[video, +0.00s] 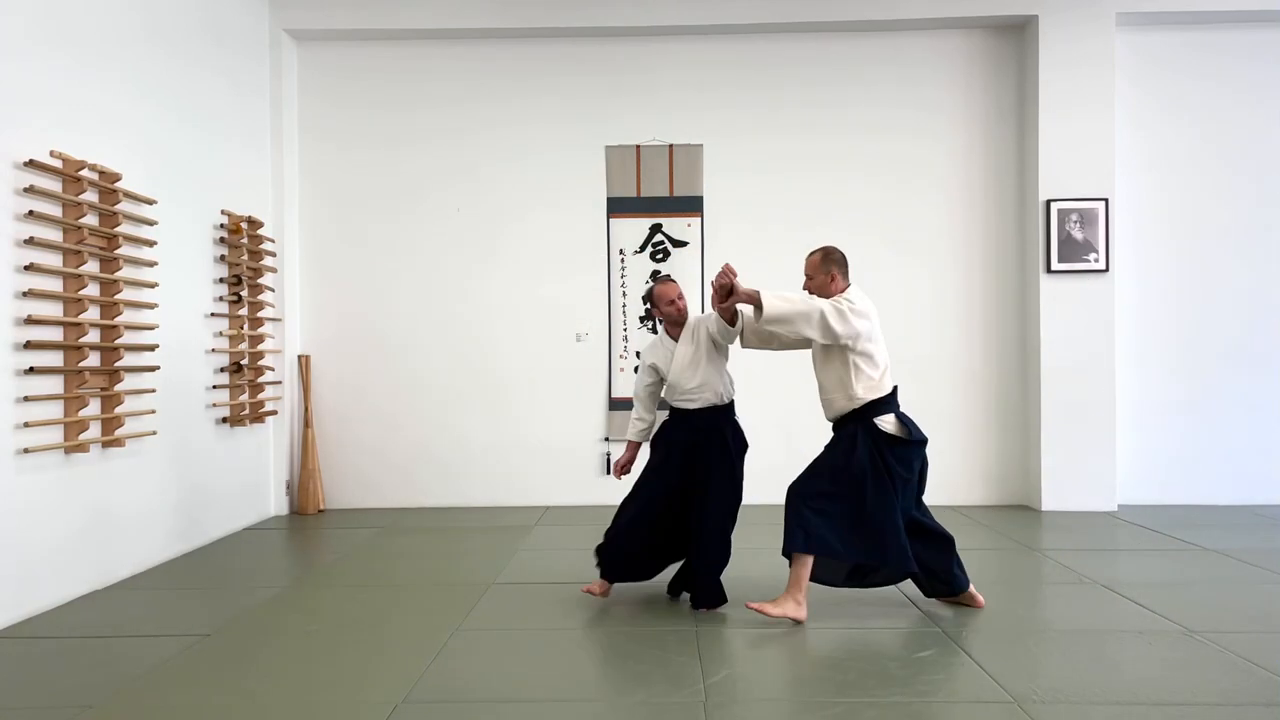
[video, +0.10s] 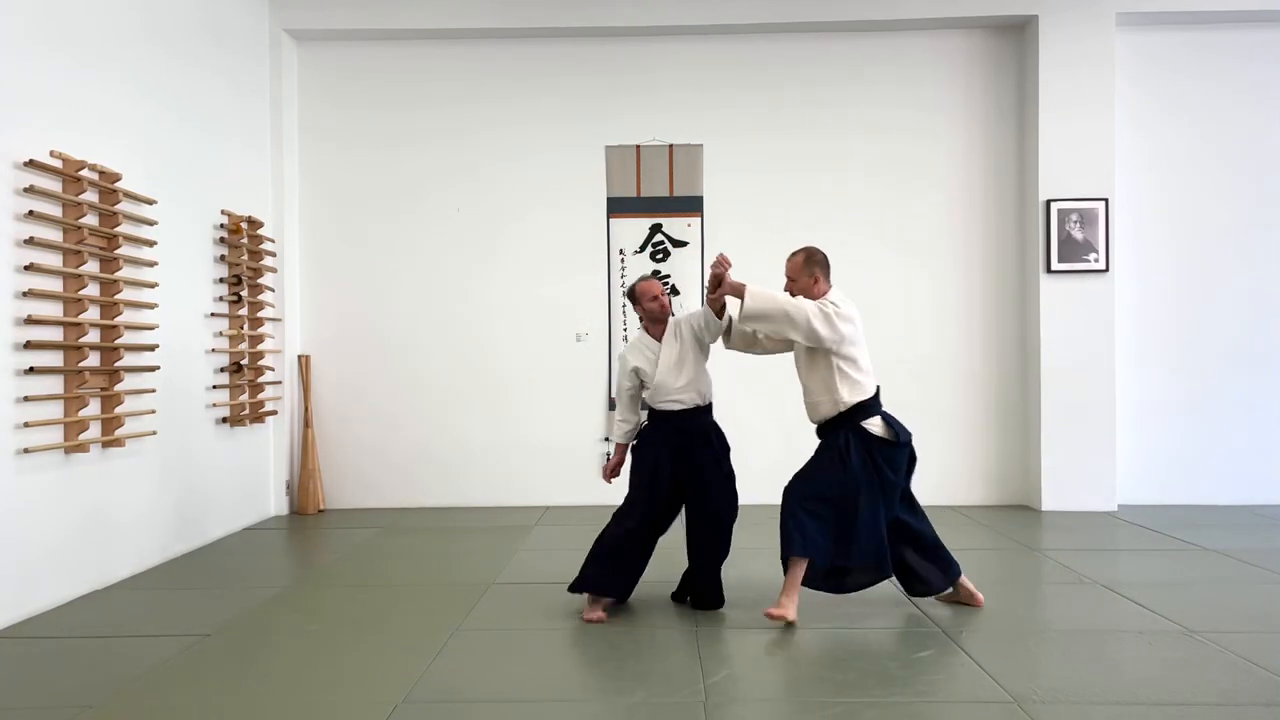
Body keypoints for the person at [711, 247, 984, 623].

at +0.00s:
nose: (805, 286)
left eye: (810, 279)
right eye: (805, 279)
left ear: (833, 278)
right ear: (836, 279)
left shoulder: (847, 310)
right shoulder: (839, 312)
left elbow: (800, 313)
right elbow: (781, 331)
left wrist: (743, 293)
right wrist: (729, 312)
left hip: (868, 431)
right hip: (875, 429)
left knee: (805, 495)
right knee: (906, 512)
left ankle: (795, 598)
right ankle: (959, 589)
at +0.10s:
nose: (787, 289)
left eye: (792, 281)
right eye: (786, 281)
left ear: (817, 279)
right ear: (816, 281)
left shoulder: (834, 313)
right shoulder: (811, 318)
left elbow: (791, 313)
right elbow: (764, 340)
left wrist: (736, 288)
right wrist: (722, 315)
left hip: (858, 434)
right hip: (847, 433)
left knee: (800, 496)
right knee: (897, 512)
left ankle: (788, 599)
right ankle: (961, 586)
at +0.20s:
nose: (765, 282)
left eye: (771, 276)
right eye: (764, 275)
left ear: (797, 277)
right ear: (787, 276)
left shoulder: (812, 310)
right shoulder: (775, 322)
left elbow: (764, 297)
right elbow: (747, 349)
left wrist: (717, 275)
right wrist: (721, 352)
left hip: (835, 429)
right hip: (813, 433)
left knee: (789, 504)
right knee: (874, 505)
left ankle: (790, 604)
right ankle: (946, 568)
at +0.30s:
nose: (740, 271)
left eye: (746, 265)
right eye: (738, 265)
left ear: (771, 266)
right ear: (757, 268)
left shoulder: (792, 297)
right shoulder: (741, 318)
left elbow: (749, 281)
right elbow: (706, 352)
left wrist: (700, 268)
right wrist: (676, 327)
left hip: (812, 424)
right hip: (781, 430)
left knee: (773, 507)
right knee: (823, 511)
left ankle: (787, 606)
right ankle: (893, 556)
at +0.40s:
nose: (721, 255)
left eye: (729, 249)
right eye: (719, 250)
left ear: (753, 254)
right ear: (718, 259)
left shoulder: (772, 291)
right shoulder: (717, 309)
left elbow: (741, 263)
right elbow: (673, 326)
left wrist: (688, 255)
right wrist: (661, 274)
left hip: (785, 419)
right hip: (749, 425)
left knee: (770, 510)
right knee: (735, 516)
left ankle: (786, 605)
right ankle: (784, 583)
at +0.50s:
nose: (704, 260)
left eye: (712, 252)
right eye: (700, 254)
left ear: (730, 256)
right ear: (697, 261)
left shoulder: (747, 297)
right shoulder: (690, 304)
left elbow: (739, 241)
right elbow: (644, 301)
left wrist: (684, 235)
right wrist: (652, 248)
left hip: (751, 419)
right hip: (704, 421)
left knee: (759, 515)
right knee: (656, 498)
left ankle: (784, 604)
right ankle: (648, 596)